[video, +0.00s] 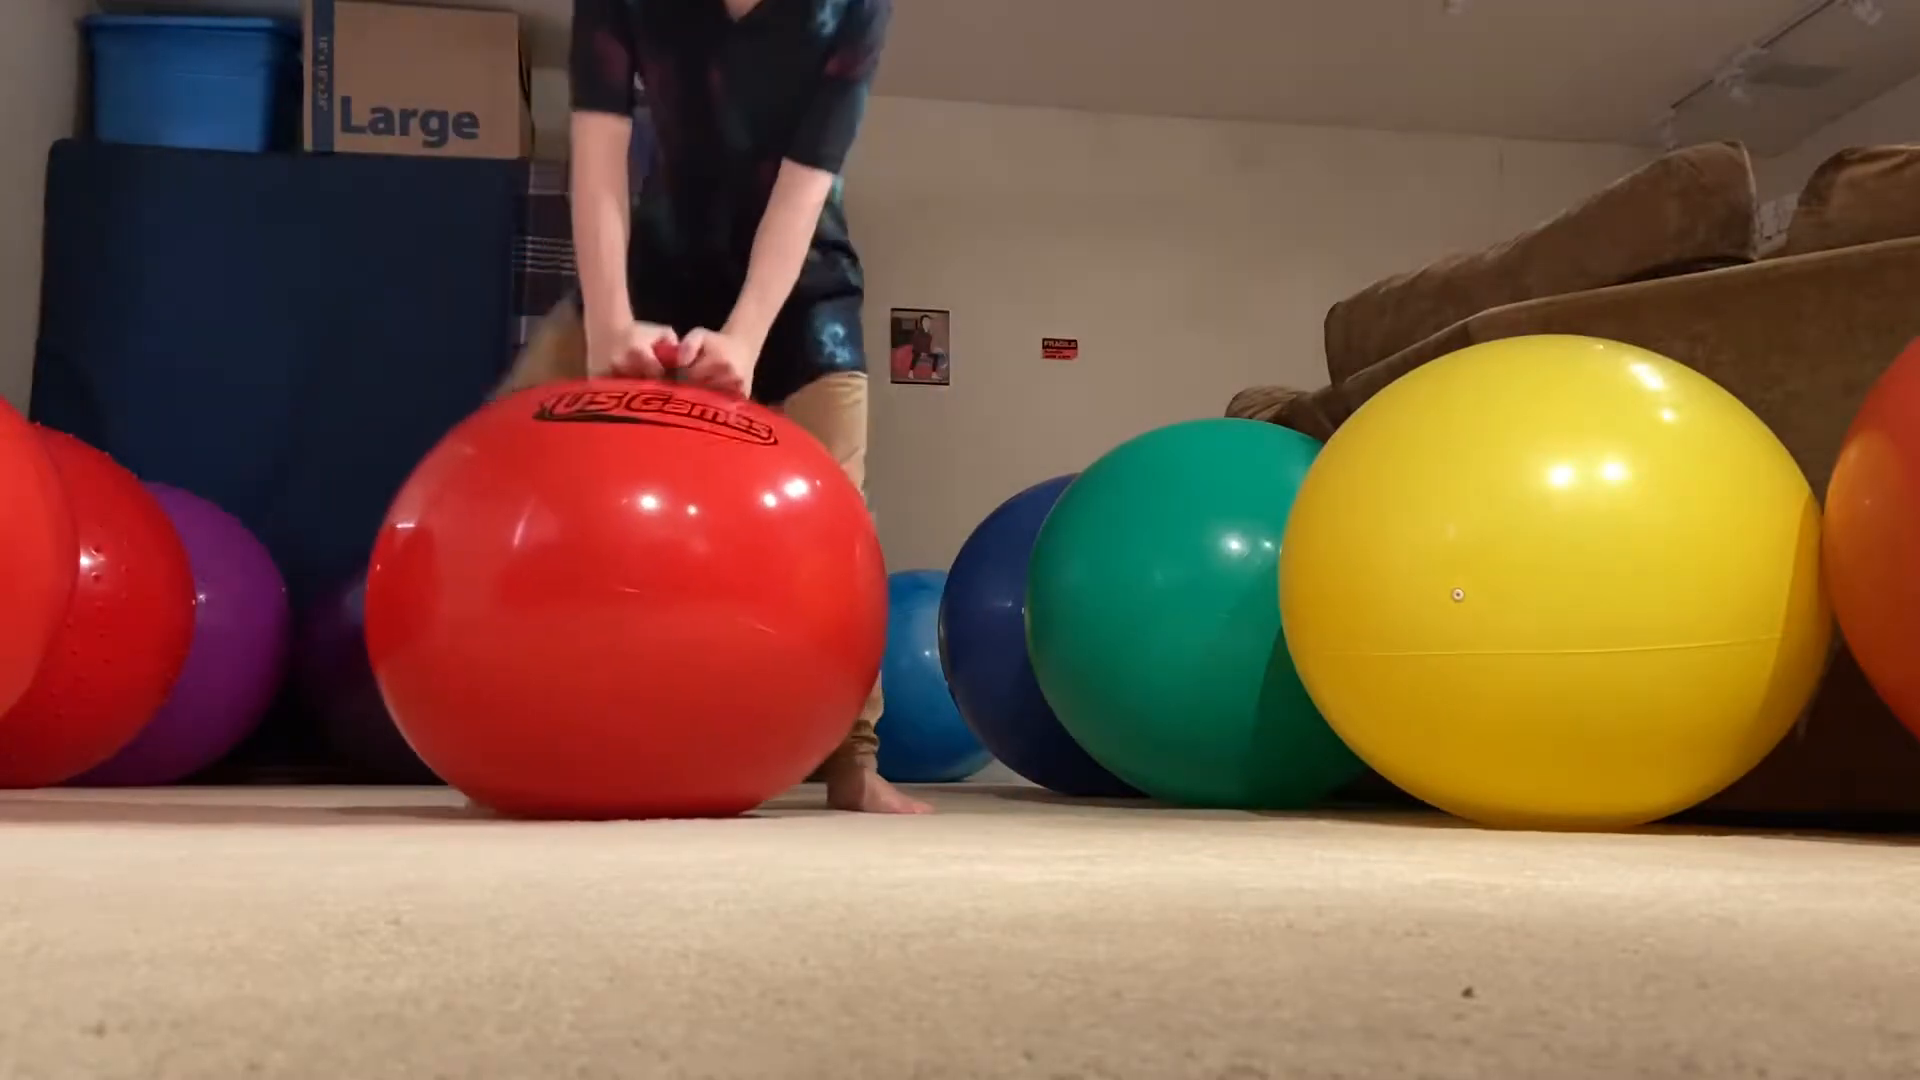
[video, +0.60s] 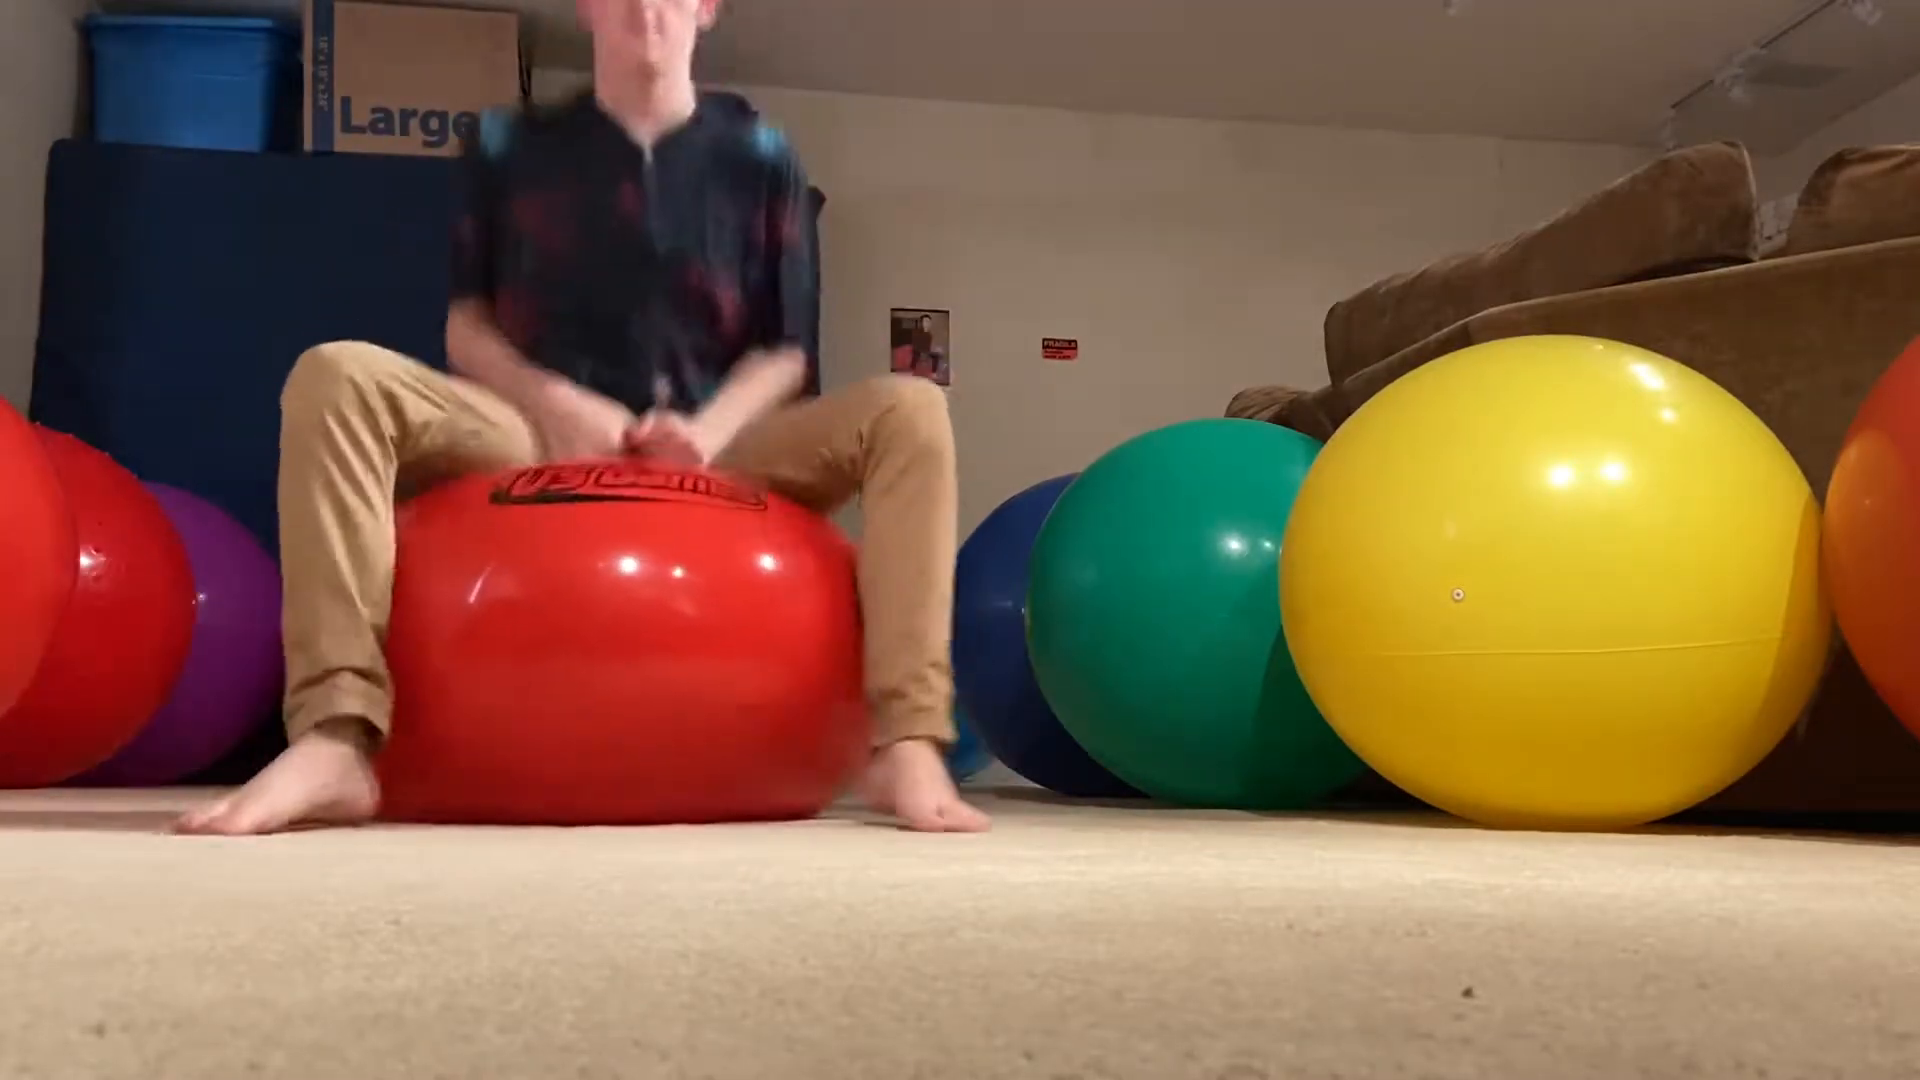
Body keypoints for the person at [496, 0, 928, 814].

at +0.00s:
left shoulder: (852, 11)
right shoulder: (614, 4)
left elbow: (801, 194)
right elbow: (599, 165)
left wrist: (742, 338)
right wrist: (610, 323)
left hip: (796, 262)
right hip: (649, 251)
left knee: (833, 517)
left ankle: (852, 767)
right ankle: (521, 740)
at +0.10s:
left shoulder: (827, 13)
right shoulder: (605, 5)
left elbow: (797, 138)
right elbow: (603, 121)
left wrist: (753, 290)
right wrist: (618, 273)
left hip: (795, 242)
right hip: (634, 225)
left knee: (880, 448)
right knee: (459, 320)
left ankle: (882, 720)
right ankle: (391, 620)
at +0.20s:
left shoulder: (809, 6)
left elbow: (796, 126)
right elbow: (582, 100)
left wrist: (754, 280)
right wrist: (616, 255)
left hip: (769, 239)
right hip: (610, 219)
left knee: (937, 363)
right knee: (422, 242)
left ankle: (926, 657)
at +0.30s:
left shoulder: (815, 6)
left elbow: (825, 155)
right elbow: (536, 124)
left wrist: (751, 286)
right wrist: (601, 264)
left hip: (754, 281)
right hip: (589, 265)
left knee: (946, 333)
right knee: (404, 245)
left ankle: (961, 647)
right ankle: (226, 536)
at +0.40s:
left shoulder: (787, 97)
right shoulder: (549, 61)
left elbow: (820, 272)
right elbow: (495, 254)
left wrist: (734, 355)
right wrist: (578, 337)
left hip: (723, 386)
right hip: (562, 364)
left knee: (933, 386)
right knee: (373, 319)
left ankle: (996, 692)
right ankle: (214, 625)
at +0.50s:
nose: (653, 66)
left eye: (677, 44)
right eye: (628, 43)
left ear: (718, 68)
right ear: (590, 64)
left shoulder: (774, 226)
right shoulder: (519, 208)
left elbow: (803, 401)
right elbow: (467, 387)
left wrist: (730, 473)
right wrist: (560, 451)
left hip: (726, 489)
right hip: (549, 481)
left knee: (913, 437)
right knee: (347, 390)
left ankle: (986, 728)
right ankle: (275, 724)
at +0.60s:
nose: (647, 13)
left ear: (703, 15)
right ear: (586, 11)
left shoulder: (761, 161)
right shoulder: (515, 148)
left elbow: (786, 350)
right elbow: (467, 336)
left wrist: (706, 429)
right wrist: (555, 406)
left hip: (711, 448)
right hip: (545, 438)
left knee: (910, 410)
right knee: (333, 378)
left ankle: (910, 748)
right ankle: (334, 742)